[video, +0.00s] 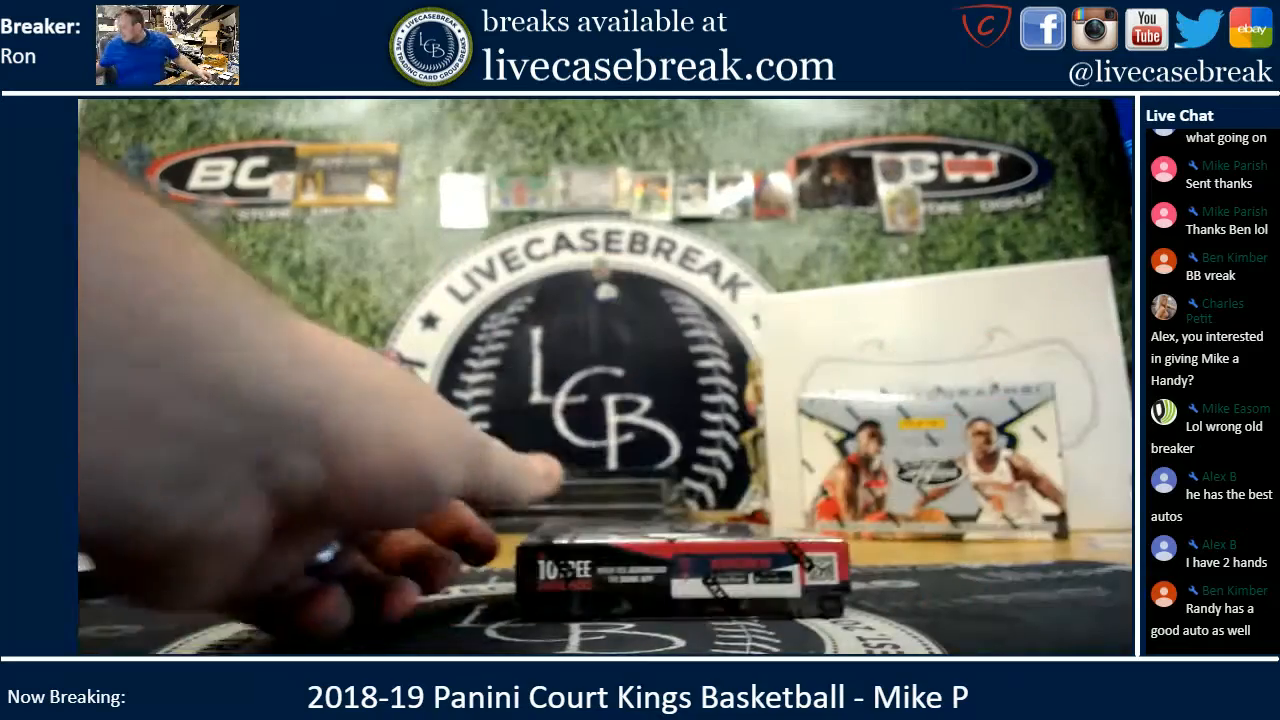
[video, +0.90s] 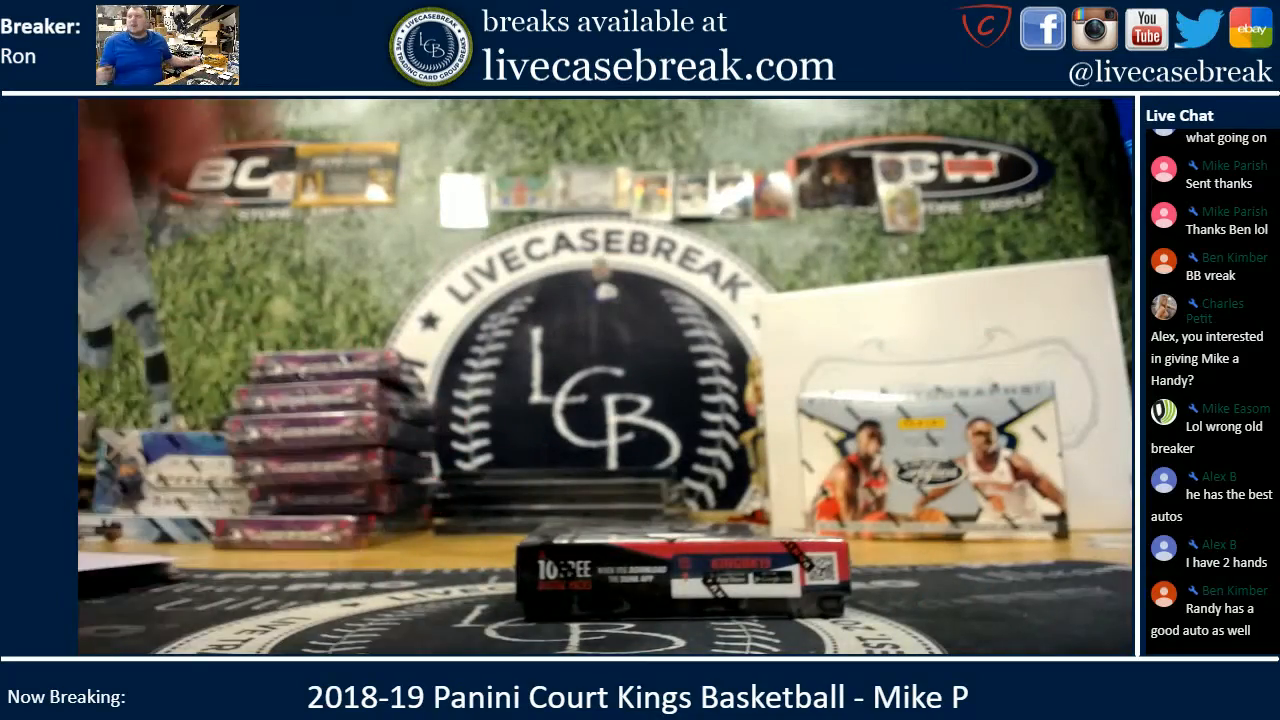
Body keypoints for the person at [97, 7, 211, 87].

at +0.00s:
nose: (120, 31)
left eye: (124, 27)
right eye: (119, 28)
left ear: (138, 26)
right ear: (118, 28)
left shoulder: (161, 41)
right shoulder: (115, 45)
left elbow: (178, 58)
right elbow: (100, 67)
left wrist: (198, 71)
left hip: (156, 101)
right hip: (124, 102)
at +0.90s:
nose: (133, 20)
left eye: (138, 16)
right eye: (130, 16)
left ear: (147, 21)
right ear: (125, 20)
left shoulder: (158, 40)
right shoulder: (113, 42)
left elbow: (170, 60)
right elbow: (105, 74)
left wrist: (189, 61)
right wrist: (102, 74)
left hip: (155, 98)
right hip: (124, 99)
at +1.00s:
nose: (136, 19)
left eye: (141, 16)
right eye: (133, 16)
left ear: (150, 22)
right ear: (128, 20)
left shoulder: (158, 40)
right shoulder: (114, 41)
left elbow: (169, 59)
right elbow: (102, 72)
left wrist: (184, 57)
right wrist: (116, 72)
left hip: (155, 98)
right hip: (124, 99)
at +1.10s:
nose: (139, 19)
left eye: (144, 16)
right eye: (136, 16)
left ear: (152, 21)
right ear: (130, 21)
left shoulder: (158, 39)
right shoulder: (118, 40)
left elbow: (170, 59)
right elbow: (107, 74)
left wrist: (181, 55)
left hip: (157, 96)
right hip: (126, 98)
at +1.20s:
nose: (140, 19)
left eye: (145, 16)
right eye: (137, 16)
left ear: (152, 22)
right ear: (131, 21)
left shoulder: (158, 38)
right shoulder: (120, 40)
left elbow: (172, 60)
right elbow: (111, 74)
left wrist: (182, 55)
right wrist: (146, 63)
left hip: (156, 95)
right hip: (126, 97)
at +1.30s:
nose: (142, 19)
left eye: (146, 16)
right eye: (138, 16)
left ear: (153, 21)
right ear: (133, 21)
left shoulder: (160, 39)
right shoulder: (121, 40)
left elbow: (174, 61)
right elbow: (120, 73)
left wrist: (180, 56)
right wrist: (156, 59)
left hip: (158, 93)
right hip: (130, 95)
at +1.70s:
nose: (150, 21)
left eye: (153, 18)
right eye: (145, 18)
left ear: (156, 21)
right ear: (136, 21)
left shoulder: (161, 39)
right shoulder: (125, 41)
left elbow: (174, 59)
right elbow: (134, 76)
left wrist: (183, 59)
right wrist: (170, 64)